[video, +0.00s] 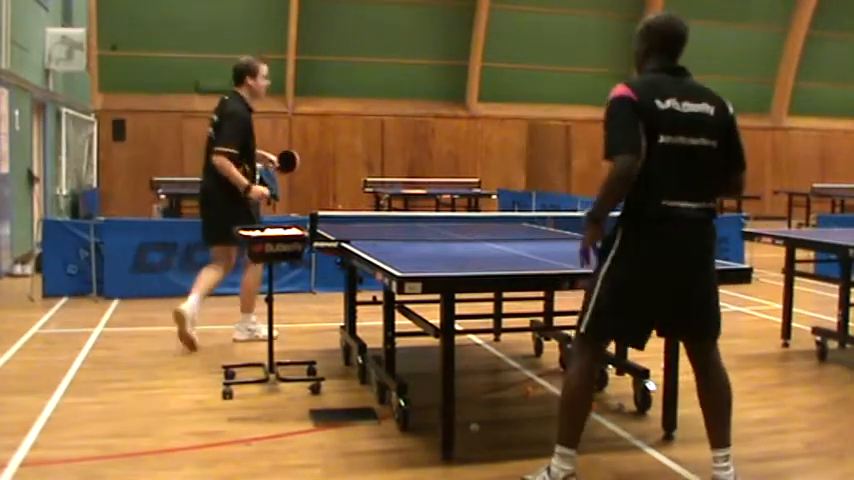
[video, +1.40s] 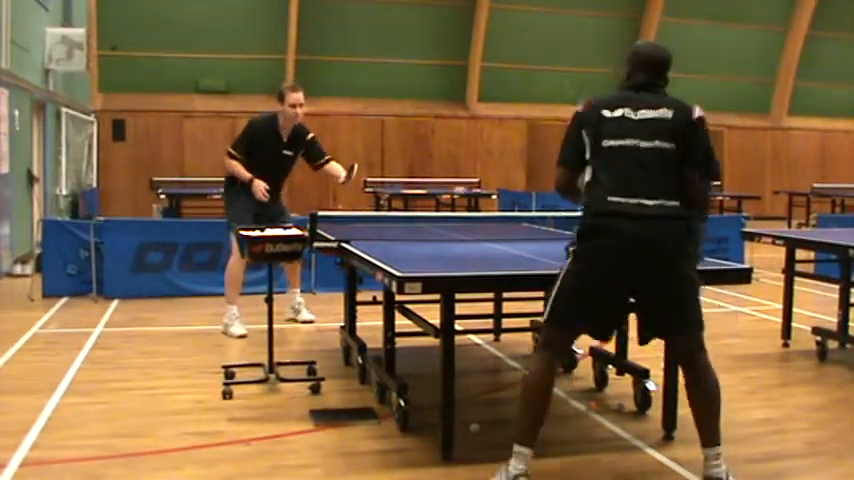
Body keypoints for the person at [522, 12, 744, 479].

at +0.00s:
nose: (633, 53)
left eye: (636, 45)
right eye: (638, 45)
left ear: (643, 49)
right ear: (681, 52)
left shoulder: (630, 95)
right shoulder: (715, 103)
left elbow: (627, 164)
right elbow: (733, 182)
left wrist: (595, 219)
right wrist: (684, 184)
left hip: (640, 241)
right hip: (695, 244)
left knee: (587, 349)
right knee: (706, 356)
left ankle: (561, 465)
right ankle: (724, 469)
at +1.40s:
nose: (634, 74)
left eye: (631, 67)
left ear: (626, 71)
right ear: (667, 77)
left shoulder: (593, 111)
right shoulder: (687, 117)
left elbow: (565, 183)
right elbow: (699, 197)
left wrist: (600, 196)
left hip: (603, 246)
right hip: (667, 251)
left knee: (549, 347)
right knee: (692, 356)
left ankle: (517, 465)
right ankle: (715, 466)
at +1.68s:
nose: (638, 105)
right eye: (637, 99)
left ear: (596, 102)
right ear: (632, 101)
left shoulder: (556, 136)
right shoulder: (632, 121)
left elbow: (504, 187)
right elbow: (639, 182)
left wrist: (509, 238)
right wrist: (698, 235)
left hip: (553, 259)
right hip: (613, 259)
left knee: (515, 363)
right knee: (670, 360)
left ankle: (502, 469)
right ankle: (695, 468)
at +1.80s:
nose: (628, 103)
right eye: (627, 97)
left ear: (585, 94)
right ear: (622, 96)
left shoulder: (545, 125)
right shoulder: (632, 126)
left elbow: (498, 178)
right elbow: (651, 209)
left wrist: (499, 227)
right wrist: (695, 222)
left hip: (553, 261)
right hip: (615, 264)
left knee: (515, 365)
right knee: (666, 361)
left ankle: (503, 468)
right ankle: (696, 469)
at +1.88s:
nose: (621, 94)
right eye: (620, 87)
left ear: (580, 87)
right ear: (620, 89)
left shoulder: (543, 115)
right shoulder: (637, 123)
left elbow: (504, 171)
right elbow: (651, 201)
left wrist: (507, 209)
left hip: (560, 252)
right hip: (625, 253)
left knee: (518, 362)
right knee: (668, 363)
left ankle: (504, 466)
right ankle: (702, 466)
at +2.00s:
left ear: (577, 79)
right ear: (620, 82)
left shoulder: (553, 108)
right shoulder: (645, 116)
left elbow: (518, 175)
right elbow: (633, 171)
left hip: (579, 247)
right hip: (640, 247)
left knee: (526, 356)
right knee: (685, 361)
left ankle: (507, 467)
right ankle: (729, 467)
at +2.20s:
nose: (606, 87)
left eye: (608, 81)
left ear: (611, 83)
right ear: (651, 88)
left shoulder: (594, 126)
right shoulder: (676, 128)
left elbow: (564, 194)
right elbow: (674, 185)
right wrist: (605, 171)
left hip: (621, 269)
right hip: (680, 270)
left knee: (547, 366)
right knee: (712, 375)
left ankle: (509, 470)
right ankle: (748, 471)